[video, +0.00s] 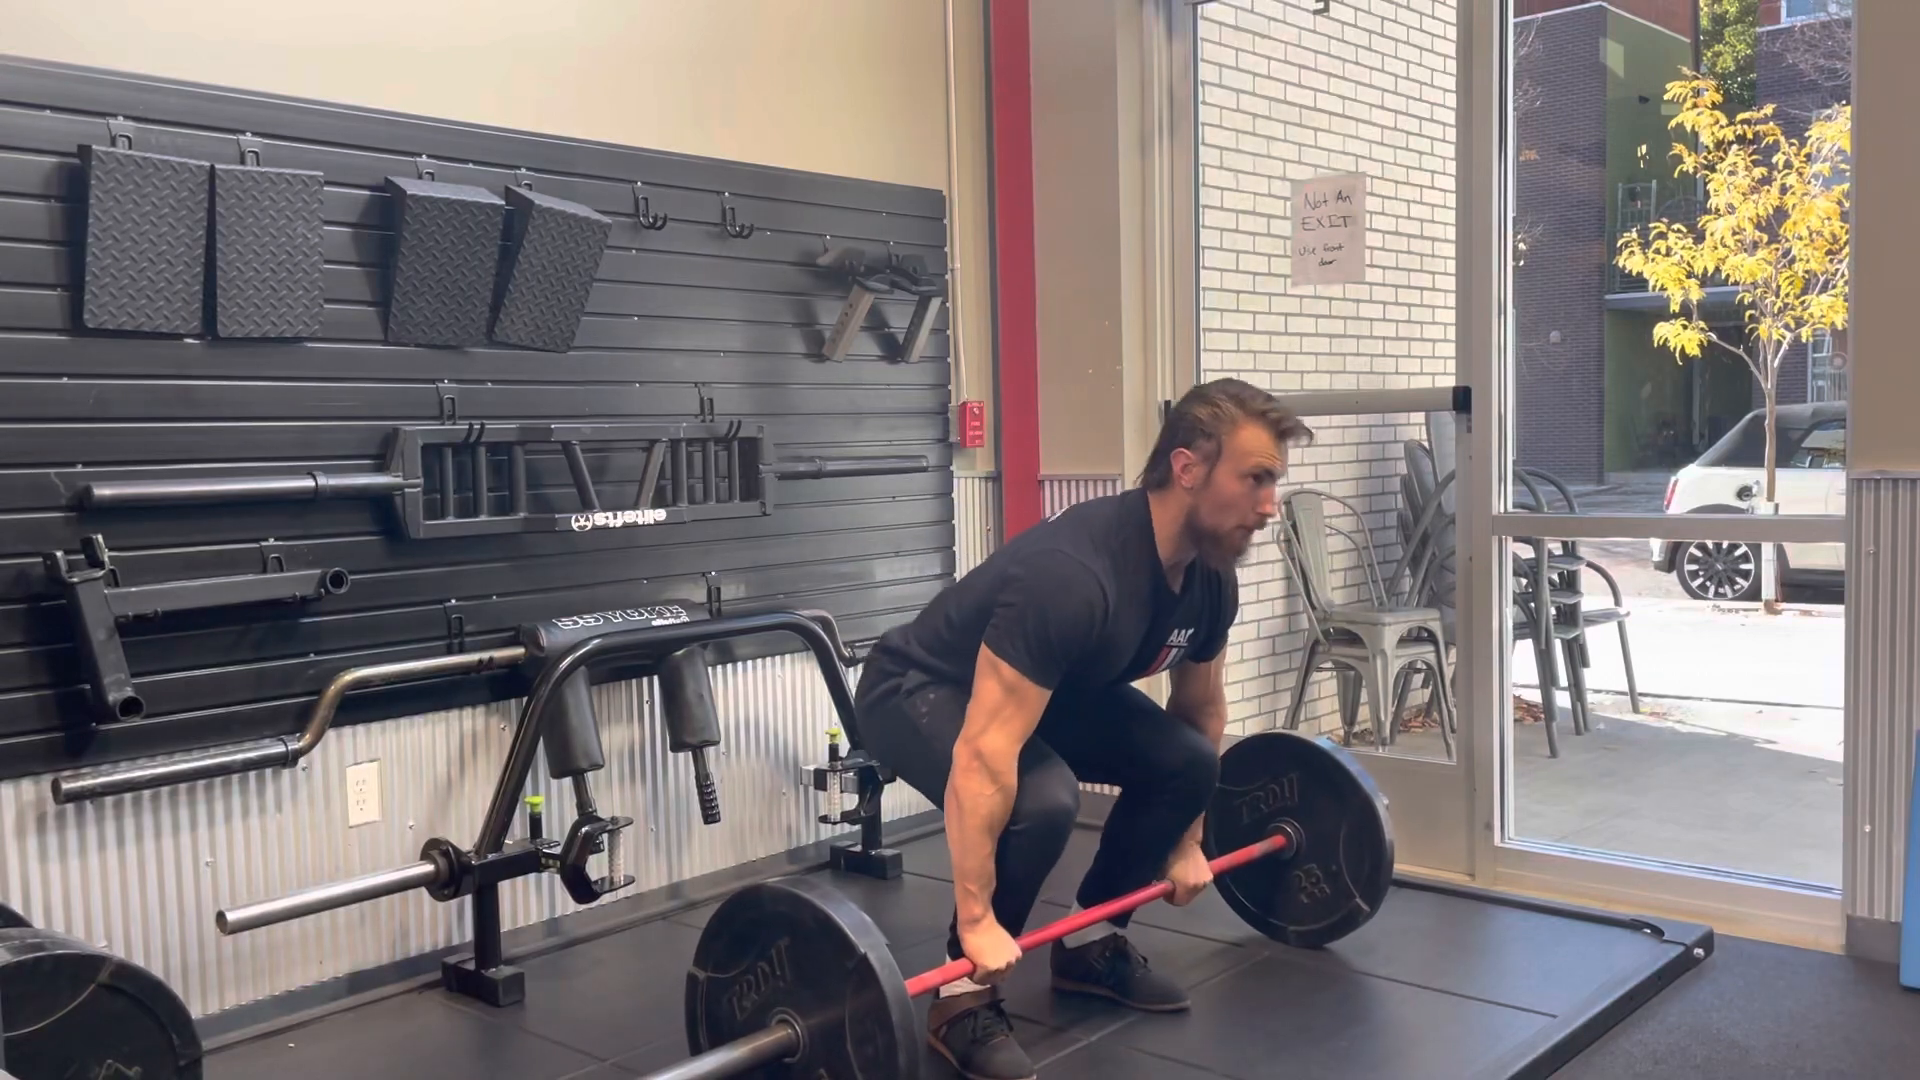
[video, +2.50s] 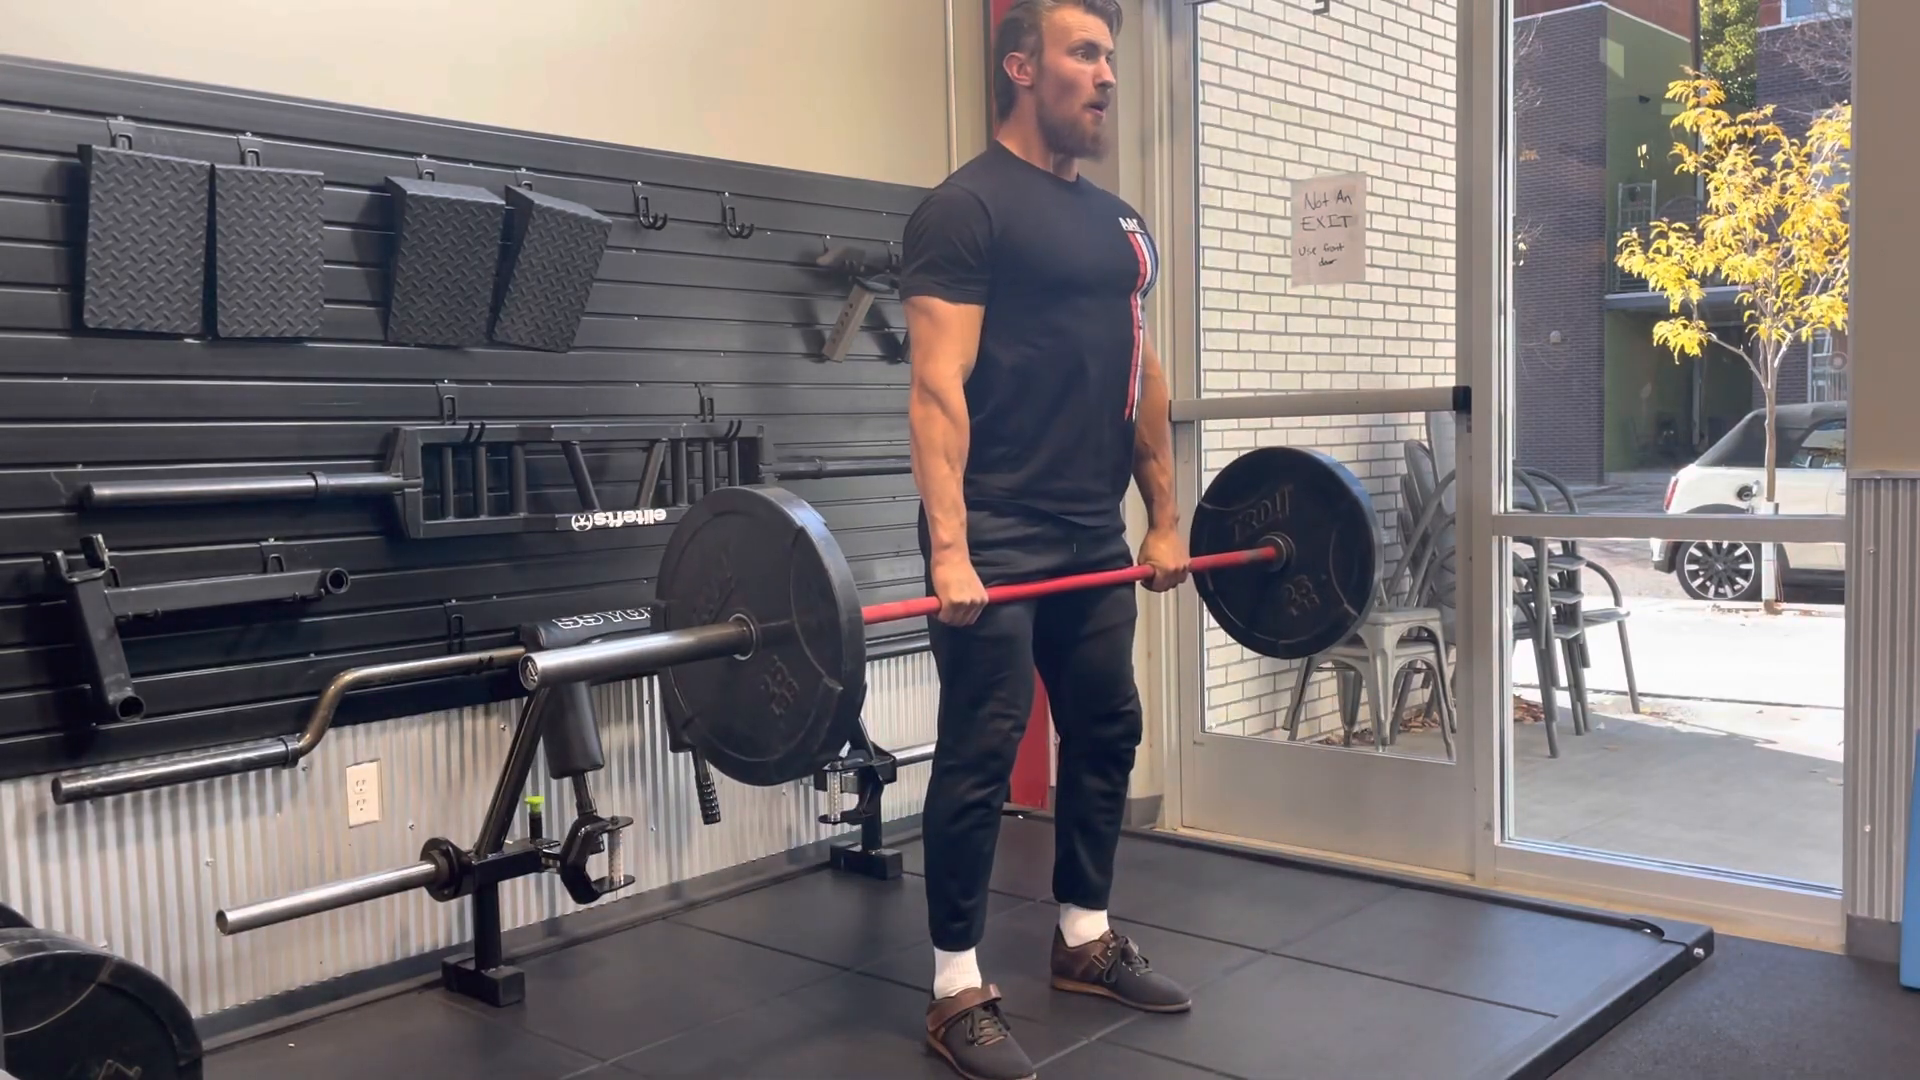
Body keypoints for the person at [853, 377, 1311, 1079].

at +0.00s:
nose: (1272, 506)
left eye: (1276, 483)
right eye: (1258, 479)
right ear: (1187, 468)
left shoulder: (1207, 580)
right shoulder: (1070, 577)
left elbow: (1200, 711)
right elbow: (982, 757)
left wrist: (1187, 840)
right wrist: (976, 917)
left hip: (1030, 687)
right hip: (913, 688)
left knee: (1184, 761)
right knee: (1043, 798)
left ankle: (1088, 944)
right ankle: (962, 1000)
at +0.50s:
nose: (1222, 423)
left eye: (1223, 404)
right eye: (1200, 400)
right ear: (1134, 409)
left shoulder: (1184, 544)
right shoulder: (1048, 541)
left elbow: (1189, 688)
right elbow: (984, 732)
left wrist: (1191, 830)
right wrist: (982, 904)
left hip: (1036, 688)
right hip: (916, 686)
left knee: (1179, 760)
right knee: (1040, 791)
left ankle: (1090, 947)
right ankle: (962, 1001)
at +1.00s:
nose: (1180, 148)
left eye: (1183, 131)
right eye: (1158, 127)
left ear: (1175, 152)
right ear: (1090, 141)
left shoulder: (1169, 305)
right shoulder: (1018, 287)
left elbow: (1165, 458)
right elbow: (961, 472)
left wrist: (1170, 596)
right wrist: (954, 635)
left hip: (1043, 537)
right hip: (943, 536)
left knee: (1118, 725)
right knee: (971, 741)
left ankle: (1086, 941)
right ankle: (957, 992)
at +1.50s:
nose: (1113, 76)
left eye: (1117, 58)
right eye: (1092, 53)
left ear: (1111, 74)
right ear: (1022, 63)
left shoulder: (1127, 223)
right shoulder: (969, 210)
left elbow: (1145, 379)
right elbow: (940, 399)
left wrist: (1168, 516)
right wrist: (952, 553)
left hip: (1094, 529)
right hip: (991, 534)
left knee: (1103, 733)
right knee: (982, 750)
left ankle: (1084, 939)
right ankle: (956, 987)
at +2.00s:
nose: (1110, 77)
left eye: (1115, 60)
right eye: (1089, 54)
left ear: (1108, 78)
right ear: (1020, 66)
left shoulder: (1124, 225)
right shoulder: (968, 210)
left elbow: (1143, 376)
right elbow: (940, 395)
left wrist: (1168, 516)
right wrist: (952, 548)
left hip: (1092, 529)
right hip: (990, 535)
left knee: (1105, 731)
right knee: (983, 749)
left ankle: (1085, 940)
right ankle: (956, 986)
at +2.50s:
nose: (1108, 76)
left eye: (1111, 59)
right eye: (1087, 54)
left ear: (1101, 79)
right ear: (1019, 69)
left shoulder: (1119, 222)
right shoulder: (962, 207)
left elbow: (1140, 373)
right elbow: (936, 392)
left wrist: (1164, 516)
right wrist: (947, 547)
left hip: (1091, 527)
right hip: (988, 531)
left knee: (1104, 732)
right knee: (982, 749)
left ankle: (1084, 939)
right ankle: (957, 986)